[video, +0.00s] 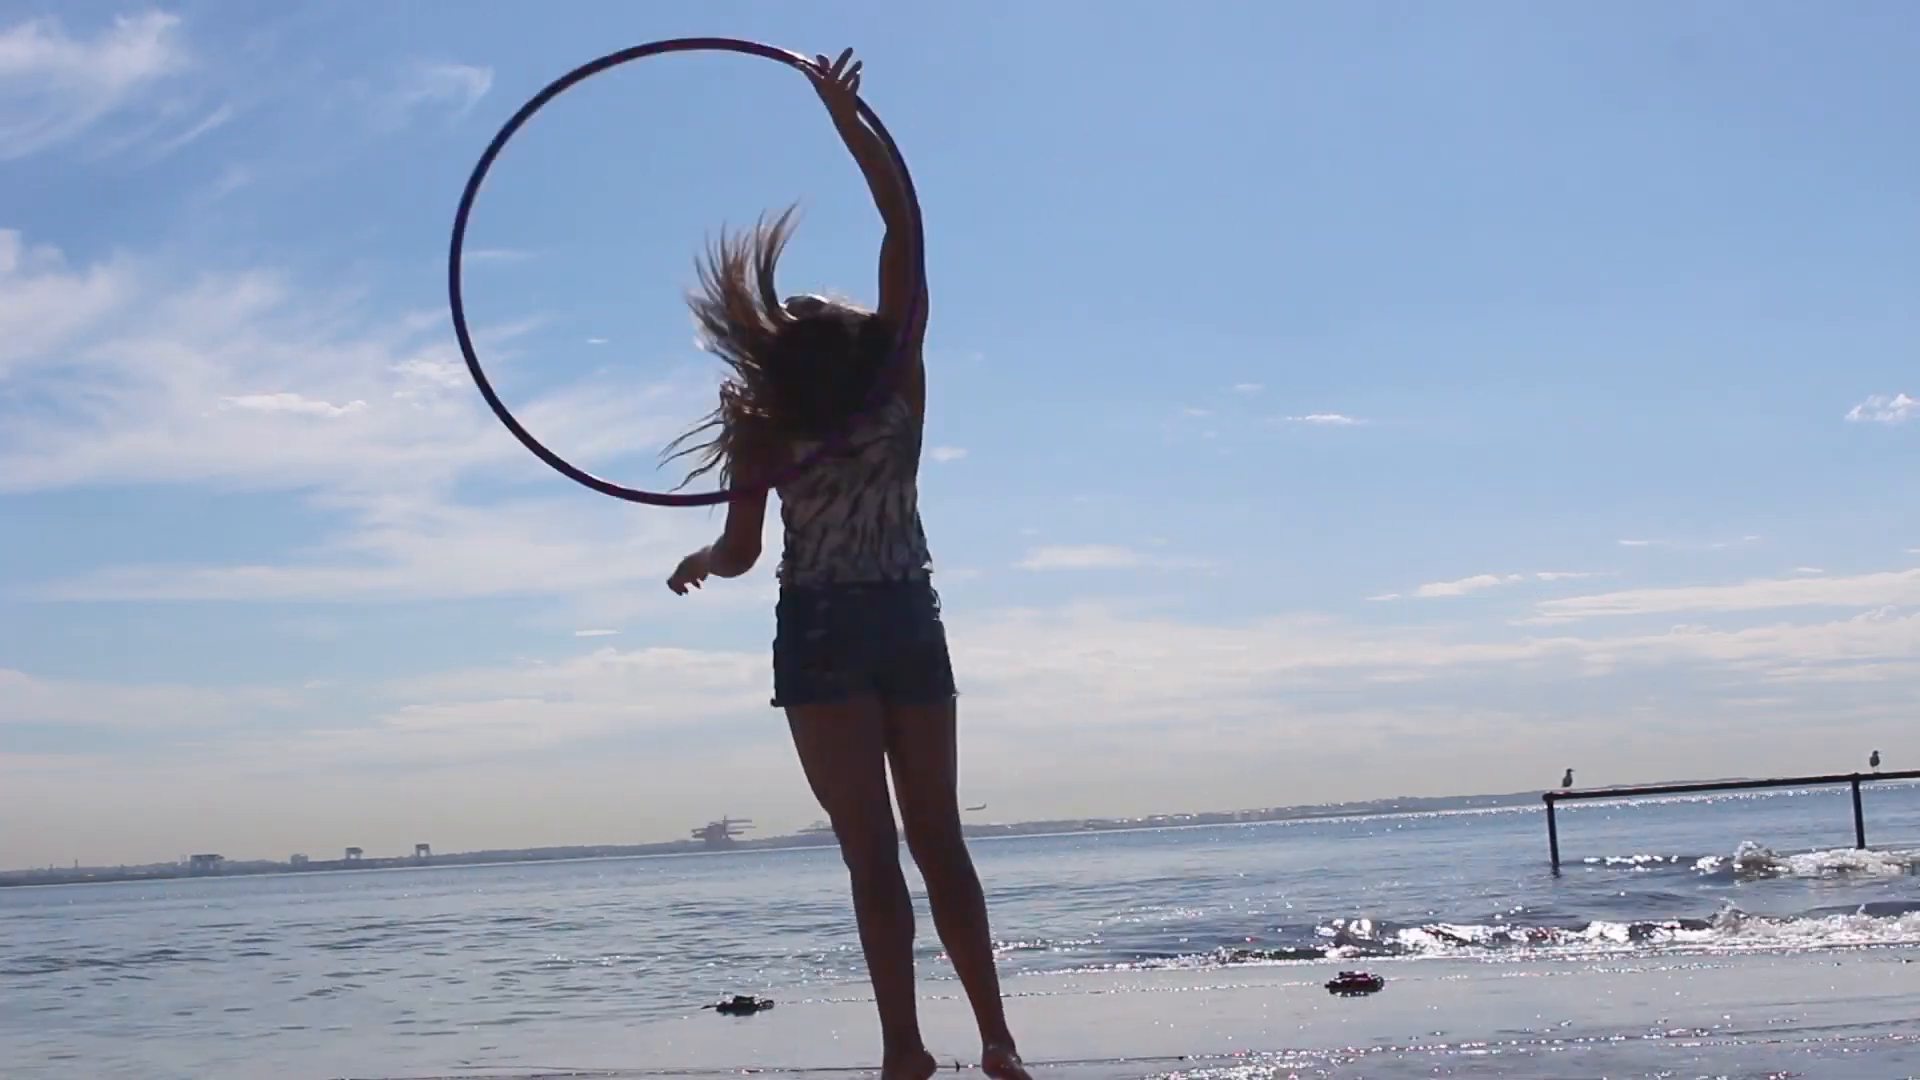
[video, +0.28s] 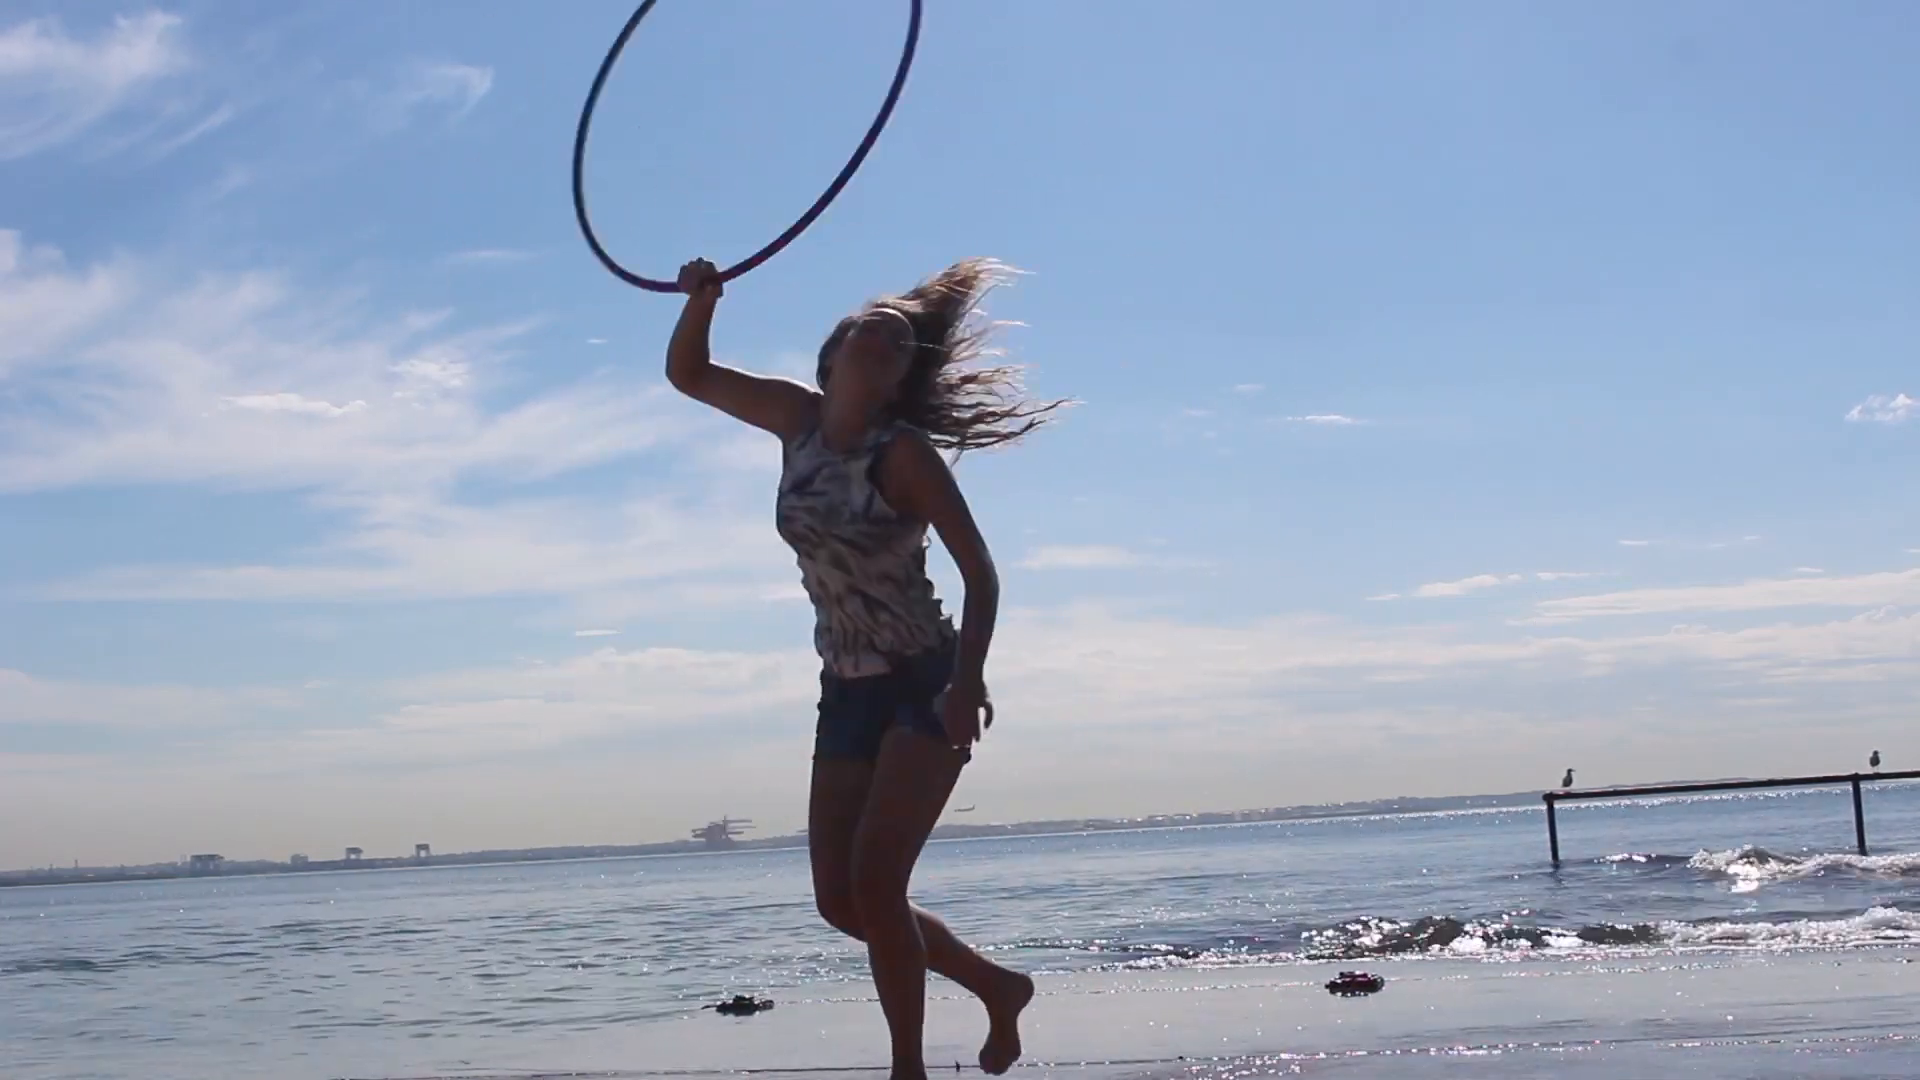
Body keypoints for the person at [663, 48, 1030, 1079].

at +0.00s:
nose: (818, 315)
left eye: (795, 322)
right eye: (836, 316)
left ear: (779, 358)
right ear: (860, 342)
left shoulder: (759, 417)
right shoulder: (896, 380)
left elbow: (745, 545)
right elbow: (902, 225)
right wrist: (850, 114)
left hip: (816, 634)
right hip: (909, 619)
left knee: (869, 853)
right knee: (942, 838)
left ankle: (905, 1051)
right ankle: (995, 1040)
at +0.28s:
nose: (878, 340)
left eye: (895, 341)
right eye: (867, 329)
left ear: (901, 377)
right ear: (833, 352)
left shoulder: (904, 455)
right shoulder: (798, 416)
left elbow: (981, 574)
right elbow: (687, 372)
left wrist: (969, 679)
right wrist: (700, 297)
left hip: (926, 683)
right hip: (848, 687)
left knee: (880, 890)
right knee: (839, 897)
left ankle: (907, 1068)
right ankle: (1001, 987)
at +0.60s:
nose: (891, 356)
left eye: (900, 339)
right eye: (871, 348)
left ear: (925, 347)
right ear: (845, 366)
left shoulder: (966, 446)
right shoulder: (822, 469)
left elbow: (1035, 540)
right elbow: (757, 585)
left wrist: (1086, 639)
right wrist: (743, 562)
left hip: (954, 679)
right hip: (867, 688)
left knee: (881, 859)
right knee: (863, 900)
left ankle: (890, 1053)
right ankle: (1006, 979)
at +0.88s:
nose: (874, 378)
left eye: (887, 361)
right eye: (858, 368)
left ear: (917, 365)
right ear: (843, 382)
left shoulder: (965, 450)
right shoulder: (840, 471)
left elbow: (1039, 511)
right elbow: (764, 502)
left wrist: (989, 576)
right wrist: (804, 403)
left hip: (970, 684)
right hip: (884, 700)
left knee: (902, 862)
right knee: (990, 889)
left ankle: (895, 1066)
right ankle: (1075, 1044)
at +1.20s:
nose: (782, 412)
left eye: (793, 391)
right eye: (772, 397)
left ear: (839, 376)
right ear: (773, 398)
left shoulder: (887, 438)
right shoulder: (820, 471)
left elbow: (872, 537)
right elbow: (744, 540)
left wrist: (802, 455)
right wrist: (662, 450)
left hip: (898, 683)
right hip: (848, 690)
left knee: (856, 897)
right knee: (742, 863)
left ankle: (950, 1070)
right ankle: (680, 1061)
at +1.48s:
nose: (684, 407)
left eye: (697, 393)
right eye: (684, 392)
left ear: (748, 401)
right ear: (745, 405)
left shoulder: (728, 470)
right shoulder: (806, 487)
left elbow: (648, 512)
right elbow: (837, 622)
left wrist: (538, 458)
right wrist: (760, 673)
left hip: (762, 712)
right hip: (792, 712)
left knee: (751, 930)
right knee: (648, 886)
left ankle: (941, 1039)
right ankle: (691, 1072)